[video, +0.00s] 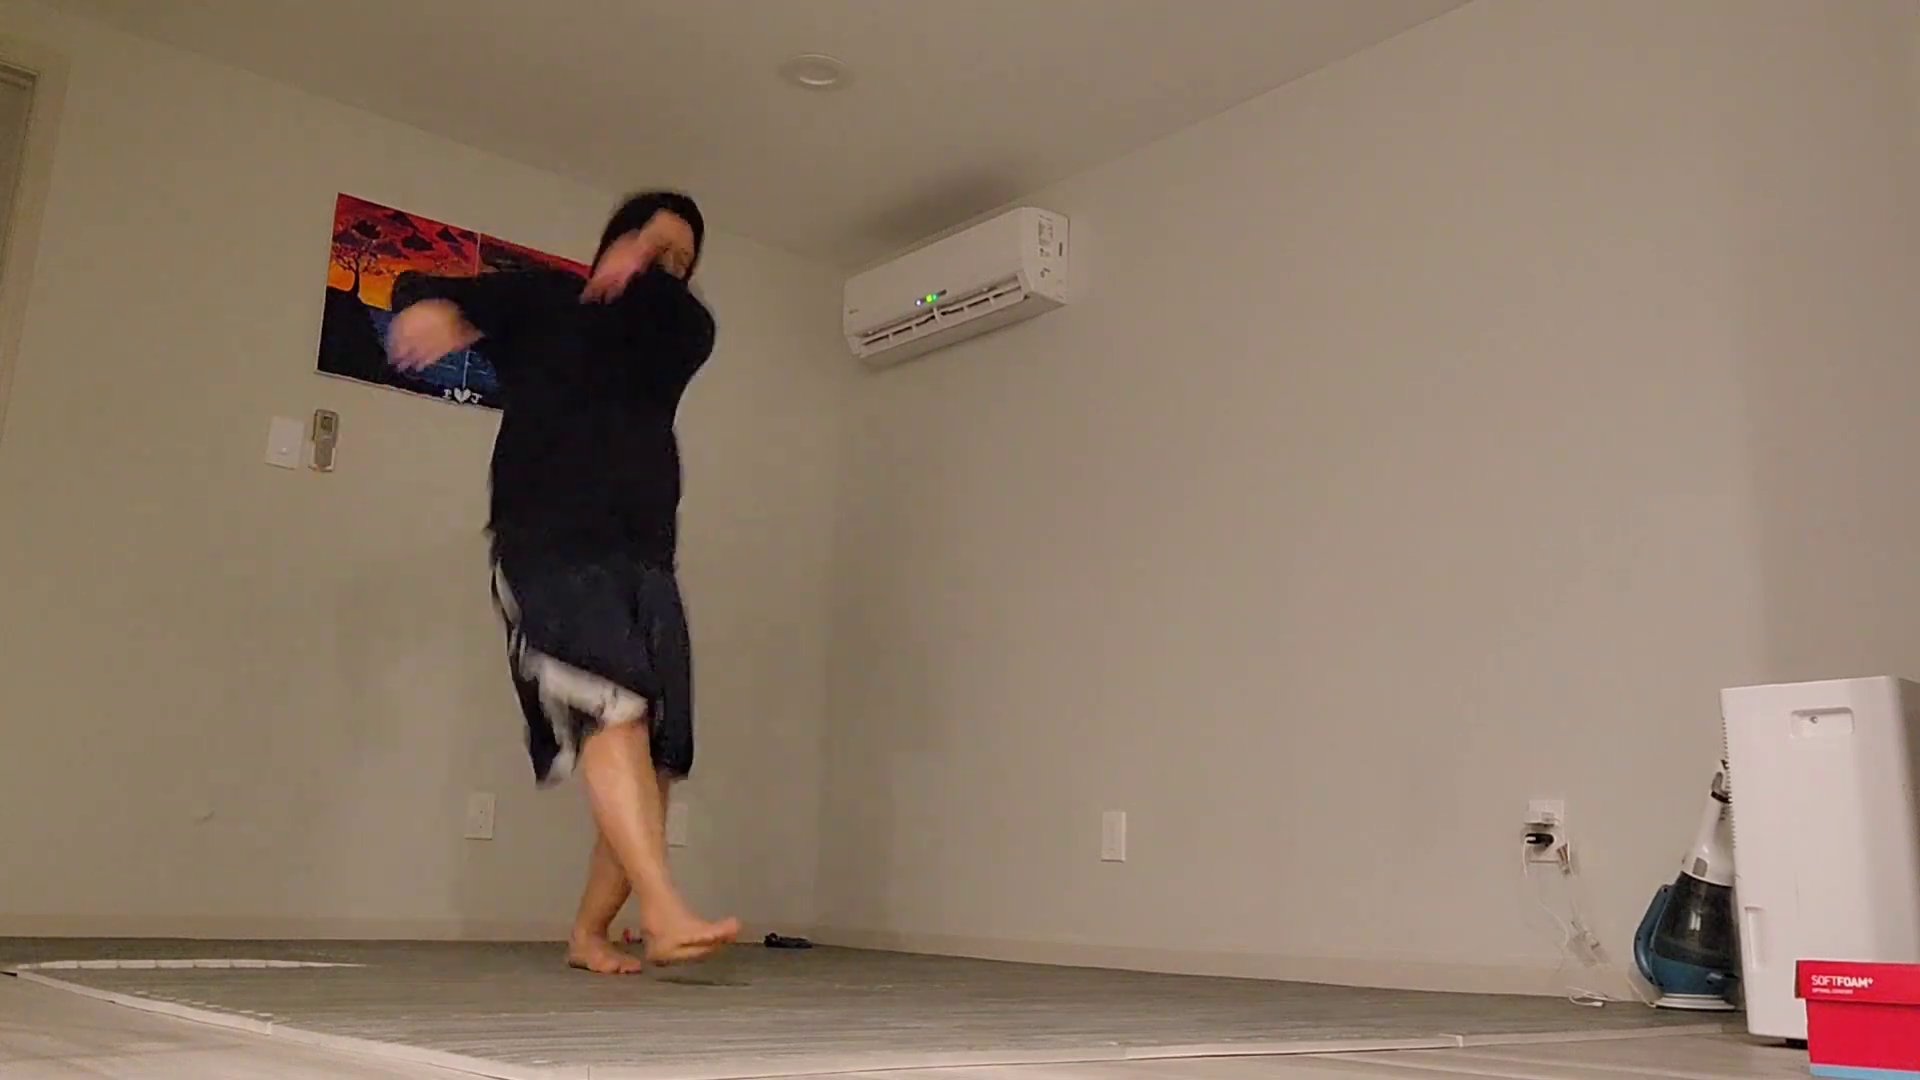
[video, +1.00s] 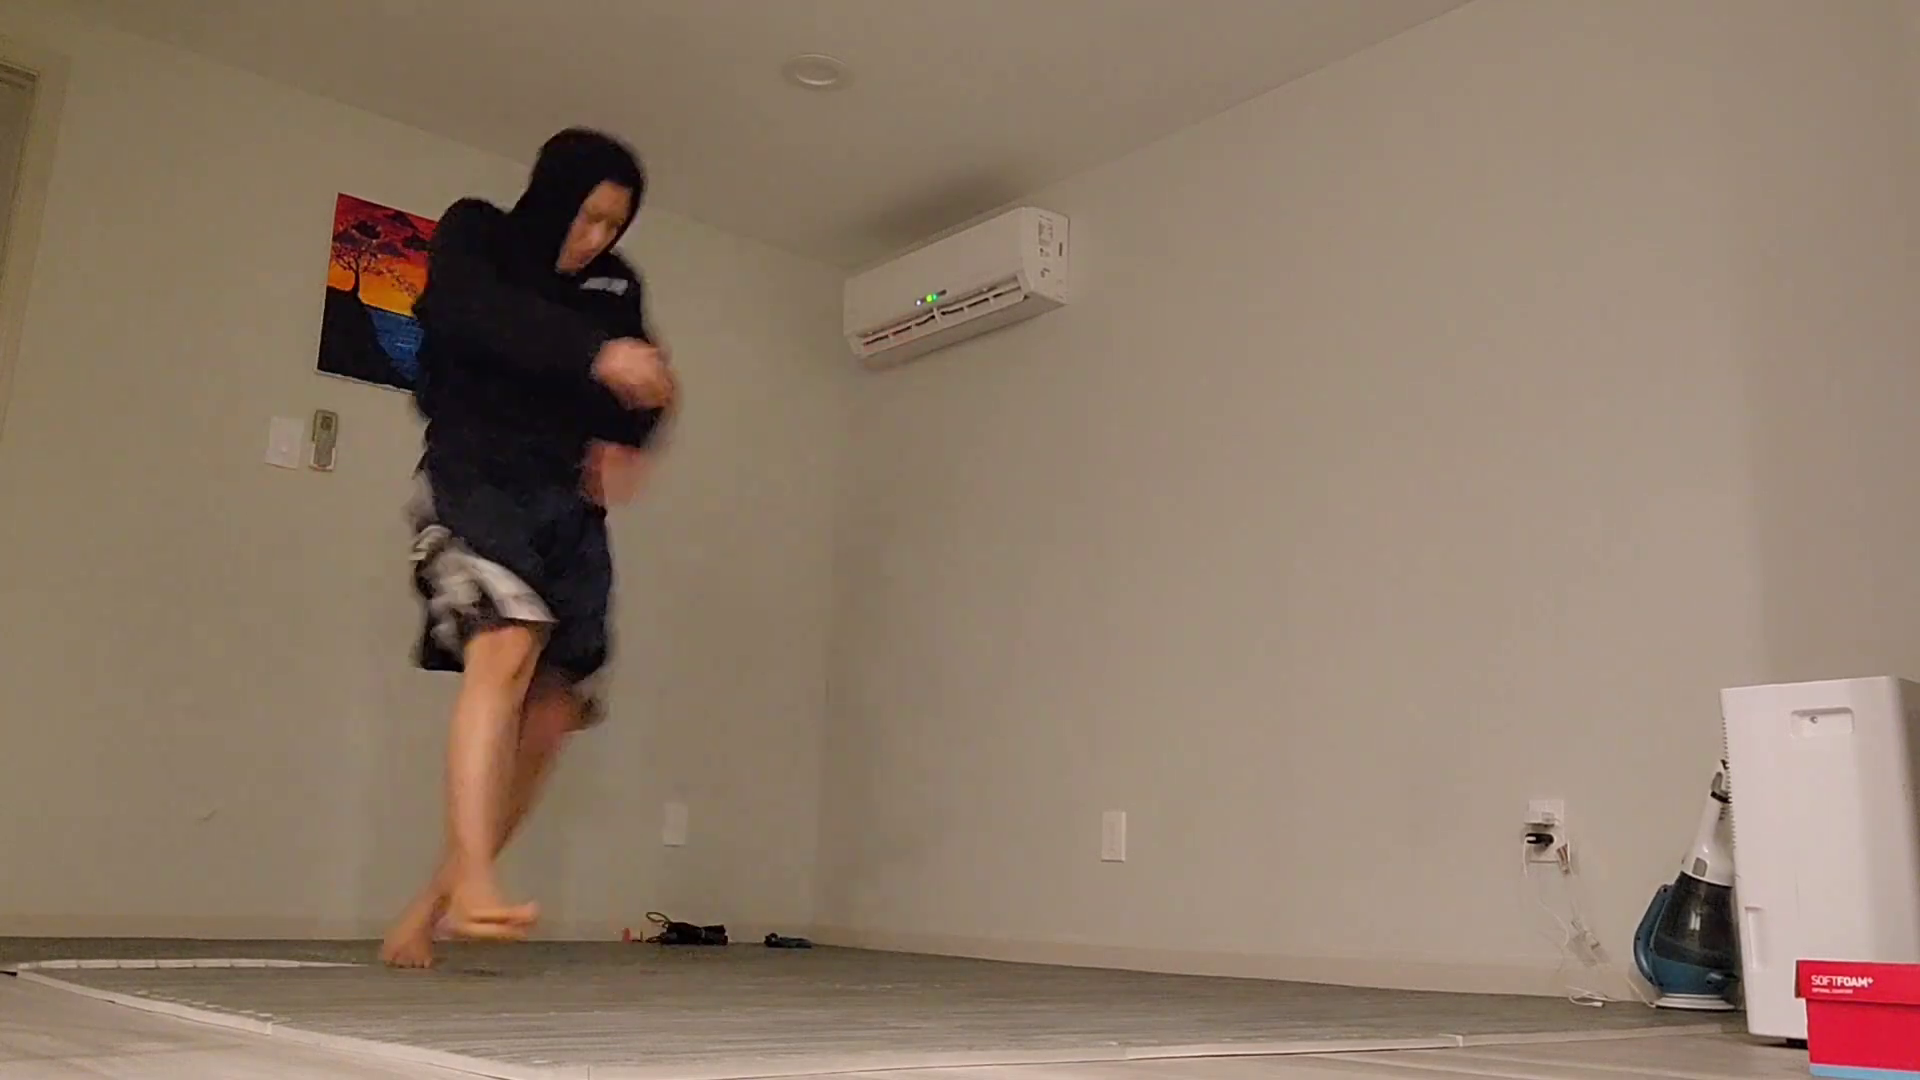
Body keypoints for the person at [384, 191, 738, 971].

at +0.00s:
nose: (653, 258)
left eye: (675, 252)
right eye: (648, 240)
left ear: (687, 268)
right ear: (615, 240)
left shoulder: (679, 326)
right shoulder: (542, 295)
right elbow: (449, 296)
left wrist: (644, 250)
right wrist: (437, 313)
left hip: (642, 546)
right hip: (548, 536)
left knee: (651, 745)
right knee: (613, 715)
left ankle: (590, 930)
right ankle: (663, 913)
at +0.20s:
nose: (596, 252)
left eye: (610, 238)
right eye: (582, 236)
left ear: (624, 242)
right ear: (547, 230)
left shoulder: (659, 314)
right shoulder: (498, 301)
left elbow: (773, 337)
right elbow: (471, 302)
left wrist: (886, 351)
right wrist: (567, 217)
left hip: (629, 560)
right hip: (513, 550)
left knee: (626, 740)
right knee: (460, 712)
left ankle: (634, 899)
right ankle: (416, 909)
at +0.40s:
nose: (620, 237)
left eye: (632, 224)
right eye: (606, 219)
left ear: (640, 231)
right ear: (563, 214)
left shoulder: (639, 309)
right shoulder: (494, 268)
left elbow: (663, 424)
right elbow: (418, 323)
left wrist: (693, 522)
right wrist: (504, 306)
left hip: (610, 534)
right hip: (498, 530)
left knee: (646, 700)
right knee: (443, 723)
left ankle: (653, 897)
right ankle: (385, 914)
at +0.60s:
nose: (648, 256)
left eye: (663, 242)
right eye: (636, 234)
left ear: (673, 250)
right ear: (596, 225)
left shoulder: (653, 331)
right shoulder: (523, 269)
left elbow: (688, 414)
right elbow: (387, 304)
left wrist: (751, 443)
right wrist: (244, 324)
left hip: (616, 536)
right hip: (544, 516)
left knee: (695, 716)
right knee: (569, 727)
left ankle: (649, 923)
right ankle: (397, 892)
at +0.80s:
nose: (649, 255)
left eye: (664, 245)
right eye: (640, 234)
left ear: (671, 257)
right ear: (600, 222)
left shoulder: (661, 333)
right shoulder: (523, 277)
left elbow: (754, 357)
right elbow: (406, 331)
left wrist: (841, 321)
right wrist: (303, 389)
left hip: (600, 538)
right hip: (523, 515)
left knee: (662, 719)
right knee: (545, 708)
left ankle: (644, 933)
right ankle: (358, 876)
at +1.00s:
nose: (600, 239)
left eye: (614, 226)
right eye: (592, 217)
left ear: (623, 224)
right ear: (551, 196)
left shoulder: (613, 287)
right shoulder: (475, 230)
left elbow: (626, 410)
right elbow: (468, 315)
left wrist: (635, 413)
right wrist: (597, 353)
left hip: (565, 499)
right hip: (476, 480)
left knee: (550, 714)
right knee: (504, 645)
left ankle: (429, 911)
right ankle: (471, 886)